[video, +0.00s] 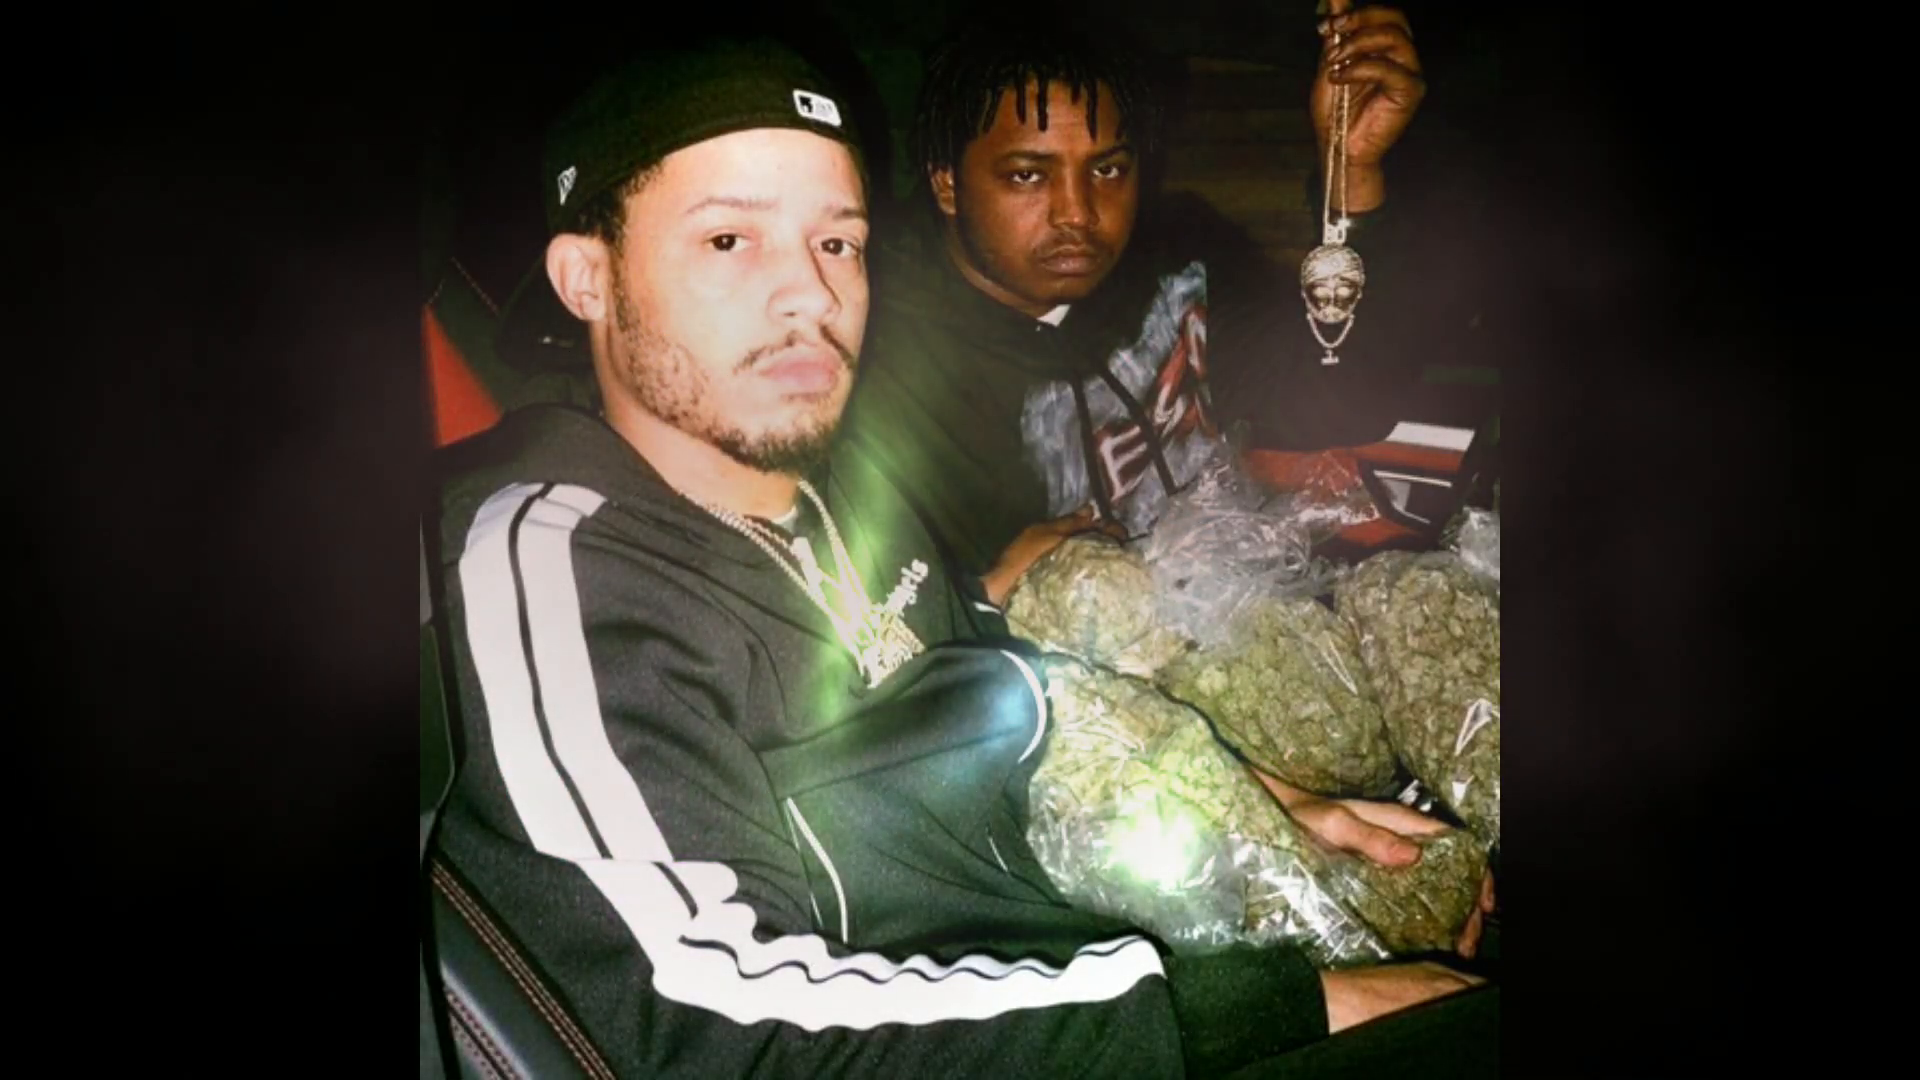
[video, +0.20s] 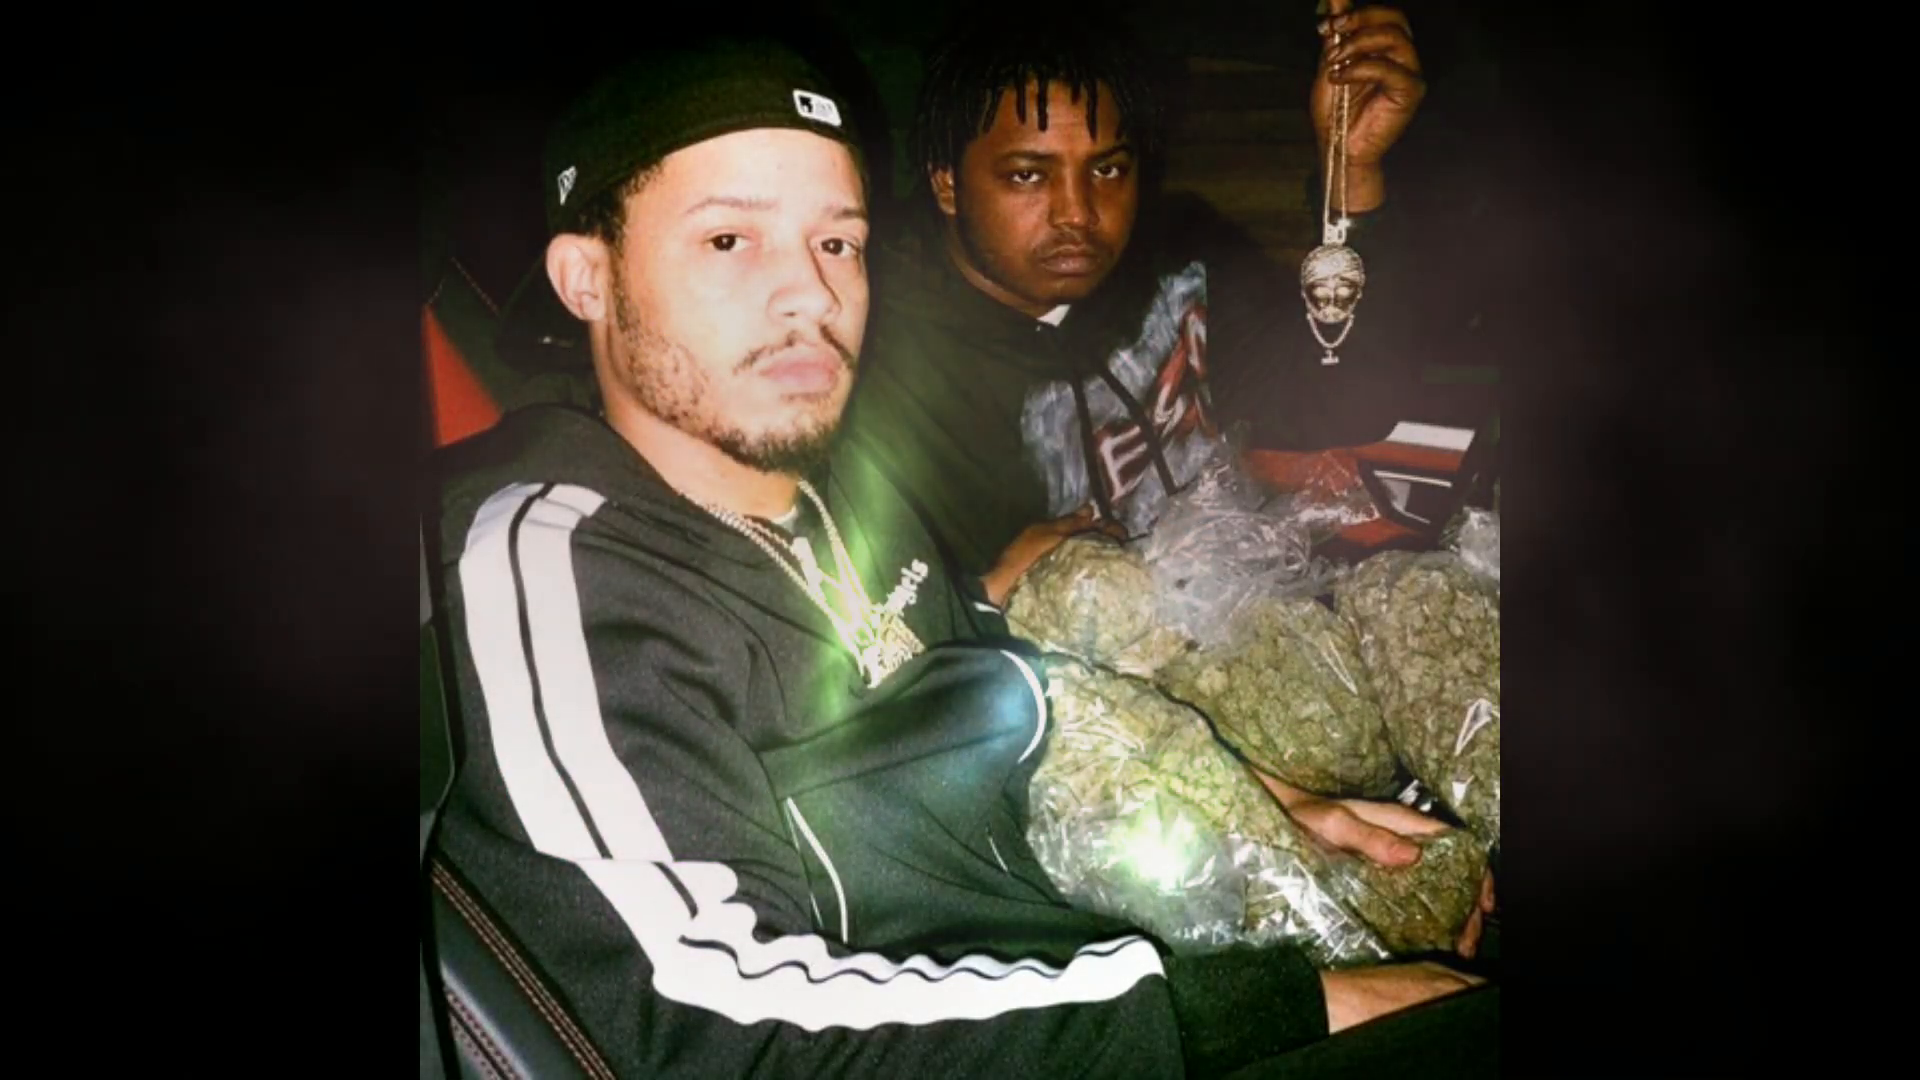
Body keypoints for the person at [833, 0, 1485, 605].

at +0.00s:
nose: (1076, 218)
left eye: (1107, 170)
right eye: (1026, 175)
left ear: (1139, 168)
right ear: (945, 186)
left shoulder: (1184, 252)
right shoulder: (905, 358)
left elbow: (1336, 414)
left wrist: (1353, 175)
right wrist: (991, 591)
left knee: (1438, 609)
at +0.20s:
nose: (1077, 216)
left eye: (1107, 170)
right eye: (1028, 175)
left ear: (1140, 171)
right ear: (945, 185)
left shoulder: (1180, 254)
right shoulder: (903, 363)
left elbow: (1352, 409)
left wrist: (1353, 171)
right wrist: (993, 593)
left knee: (1428, 597)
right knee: (1082, 585)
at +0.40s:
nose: (1077, 217)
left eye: (1108, 171)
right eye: (1028, 176)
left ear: (1141, 171)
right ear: (945, 186)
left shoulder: (1178, 253)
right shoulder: (897, 362)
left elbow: (1341, 409)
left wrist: (1352, 173)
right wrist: (991, 594)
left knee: (1425, 595)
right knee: (1080, 587)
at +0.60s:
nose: (1077, 216)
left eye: (1107, 171)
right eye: (1029, 175)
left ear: (1141, 173)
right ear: (945, 186)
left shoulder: (1178, 255)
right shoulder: (891, 373)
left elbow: (1347, 407)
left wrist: (1351, 171)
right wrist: (991, 596)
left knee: (1418, 591)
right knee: (1078, 582)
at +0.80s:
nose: (1077, 216)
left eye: (1107, 170)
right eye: (1029, 175)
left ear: (1140, 172)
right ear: (945, 186)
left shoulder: (1179, 249)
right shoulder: (893, 369)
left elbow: (1349, 409)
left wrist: (1352, 170)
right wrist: (992, 591)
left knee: (1420, 591)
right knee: (1077, 582)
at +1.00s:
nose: (1077, 217)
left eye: (1107, 170)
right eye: (1028, 175)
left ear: (1140, 171)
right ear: (945, 187)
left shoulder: (1180, 251)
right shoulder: (905, 372)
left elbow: (1346, 408)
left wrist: (1352, 171)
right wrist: (993, 588)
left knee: (1425, 595)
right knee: (1081, 579)